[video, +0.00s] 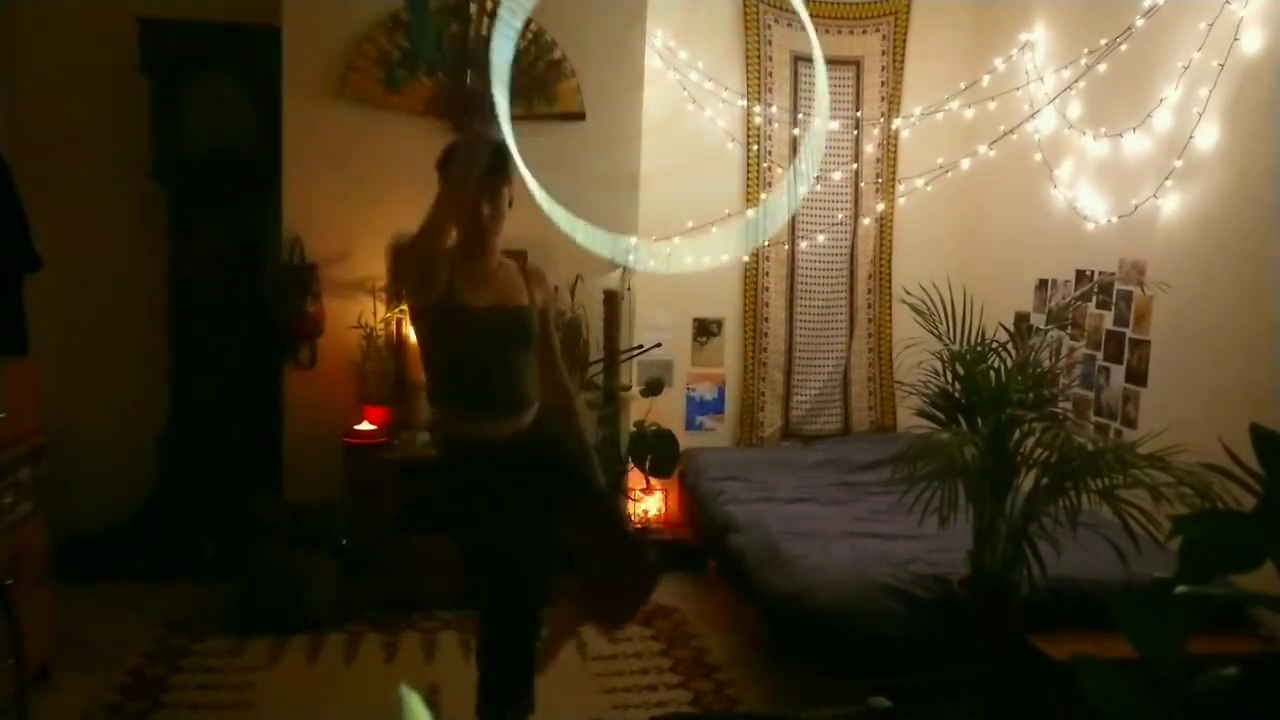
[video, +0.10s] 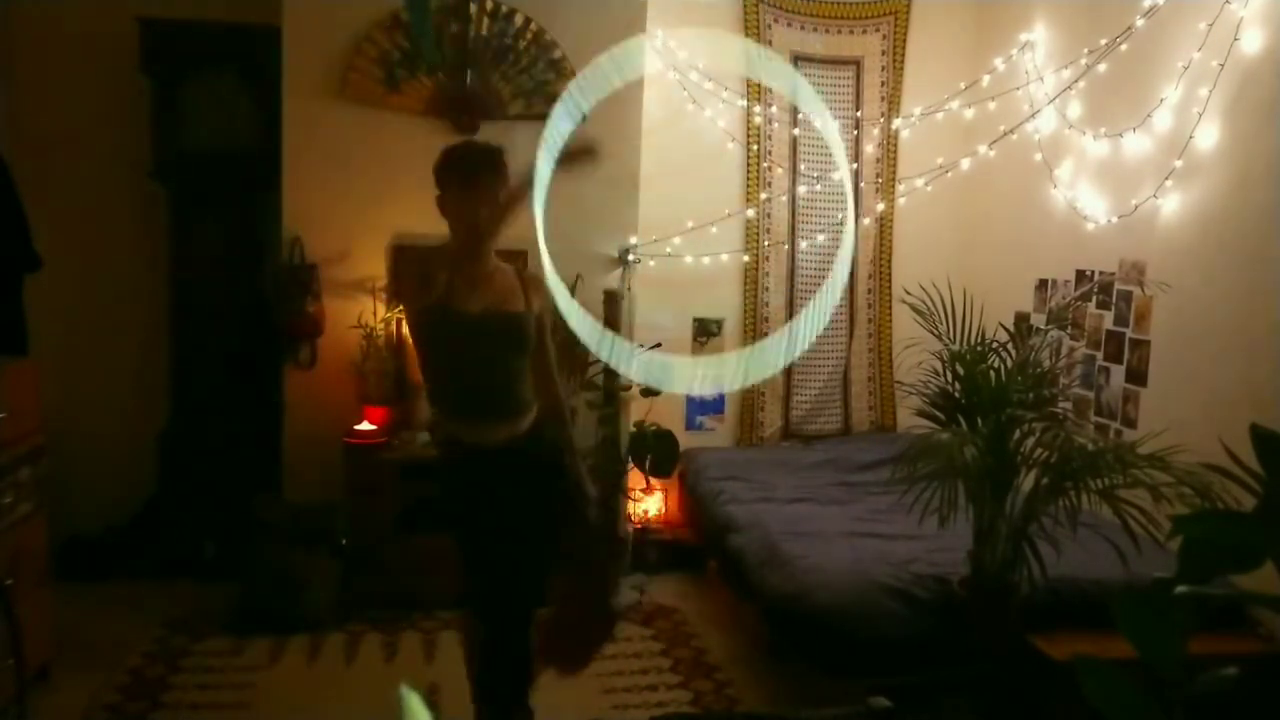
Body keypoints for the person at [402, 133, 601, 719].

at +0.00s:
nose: (487, 210)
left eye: (498, 196)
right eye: (476, 194)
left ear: (511, 202)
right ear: (452, 195)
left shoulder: (527, 274)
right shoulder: (427, 270)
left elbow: (555, 375)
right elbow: (417, 283)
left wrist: (585, 460)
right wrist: (447, 193)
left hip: (531, 452)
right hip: (467, 456)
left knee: (525, 596)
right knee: (497, 599)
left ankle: (510, 706)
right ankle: (503, 707)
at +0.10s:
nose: (484, 211)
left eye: (493, 197)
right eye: (470, 197)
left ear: (508, 201)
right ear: (443, 203)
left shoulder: (523, 285)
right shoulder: (421, 279)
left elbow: (549, 389)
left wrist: (577, 479)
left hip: (527, 457)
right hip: (463, 461)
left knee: (520, 603)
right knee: (487, 601)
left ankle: (512, 705)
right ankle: (495, 708)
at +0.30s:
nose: (483, 211)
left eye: (491, 198)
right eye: (468, 200)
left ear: (508, 205)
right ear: (447, 214)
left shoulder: (545, 287)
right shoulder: (433, 286)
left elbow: (552, 380)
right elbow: (456, 373)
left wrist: (549, 458)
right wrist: (510, 442)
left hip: (525, 461)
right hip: (455, 458)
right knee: (455, 595)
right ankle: (449, 699)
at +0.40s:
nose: (487, 211)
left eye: (495, 198)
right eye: (472, 202)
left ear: (513, 210)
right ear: (452, 219)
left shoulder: (543, 298)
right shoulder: (442, 296)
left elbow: (547, 393)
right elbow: (444, 415)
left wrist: (544, 459)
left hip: (517, 468)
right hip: (457, 467)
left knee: (492, 606)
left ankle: (470, 702)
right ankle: (379, 691)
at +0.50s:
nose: (488, 217)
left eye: (497, 205)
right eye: (473, 207)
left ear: (512, 219)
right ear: (449, 222)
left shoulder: (530, 303)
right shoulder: (433, 301)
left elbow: (529, 392)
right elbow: (408, 400)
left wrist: (530, 451)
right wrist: (370, 445)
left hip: (501, 471)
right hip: (440, 467)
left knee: (491, 604)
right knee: (427, 599)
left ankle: (477, 708)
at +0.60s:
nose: (470, 232)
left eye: (480, 219)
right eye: (457, 219)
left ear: (494, 229)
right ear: (436, 229)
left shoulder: (504, 311)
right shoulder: (410, 313)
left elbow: (519, 394)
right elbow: (356, 377)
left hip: (483, 479)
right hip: (414, 476)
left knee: (488, 619)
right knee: (358, 590)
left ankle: (482, 712)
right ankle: (267, 668)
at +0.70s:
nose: (443, 240)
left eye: (454, 228)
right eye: (432, 227)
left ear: (469, 240)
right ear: (411, 235)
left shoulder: (491, 325)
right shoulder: (388, 314)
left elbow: (499, 404)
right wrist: (284, 203)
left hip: (463, 488)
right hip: (395, 484)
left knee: (489, 629)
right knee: (334, 600)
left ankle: (480, 714)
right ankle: (247, 667)